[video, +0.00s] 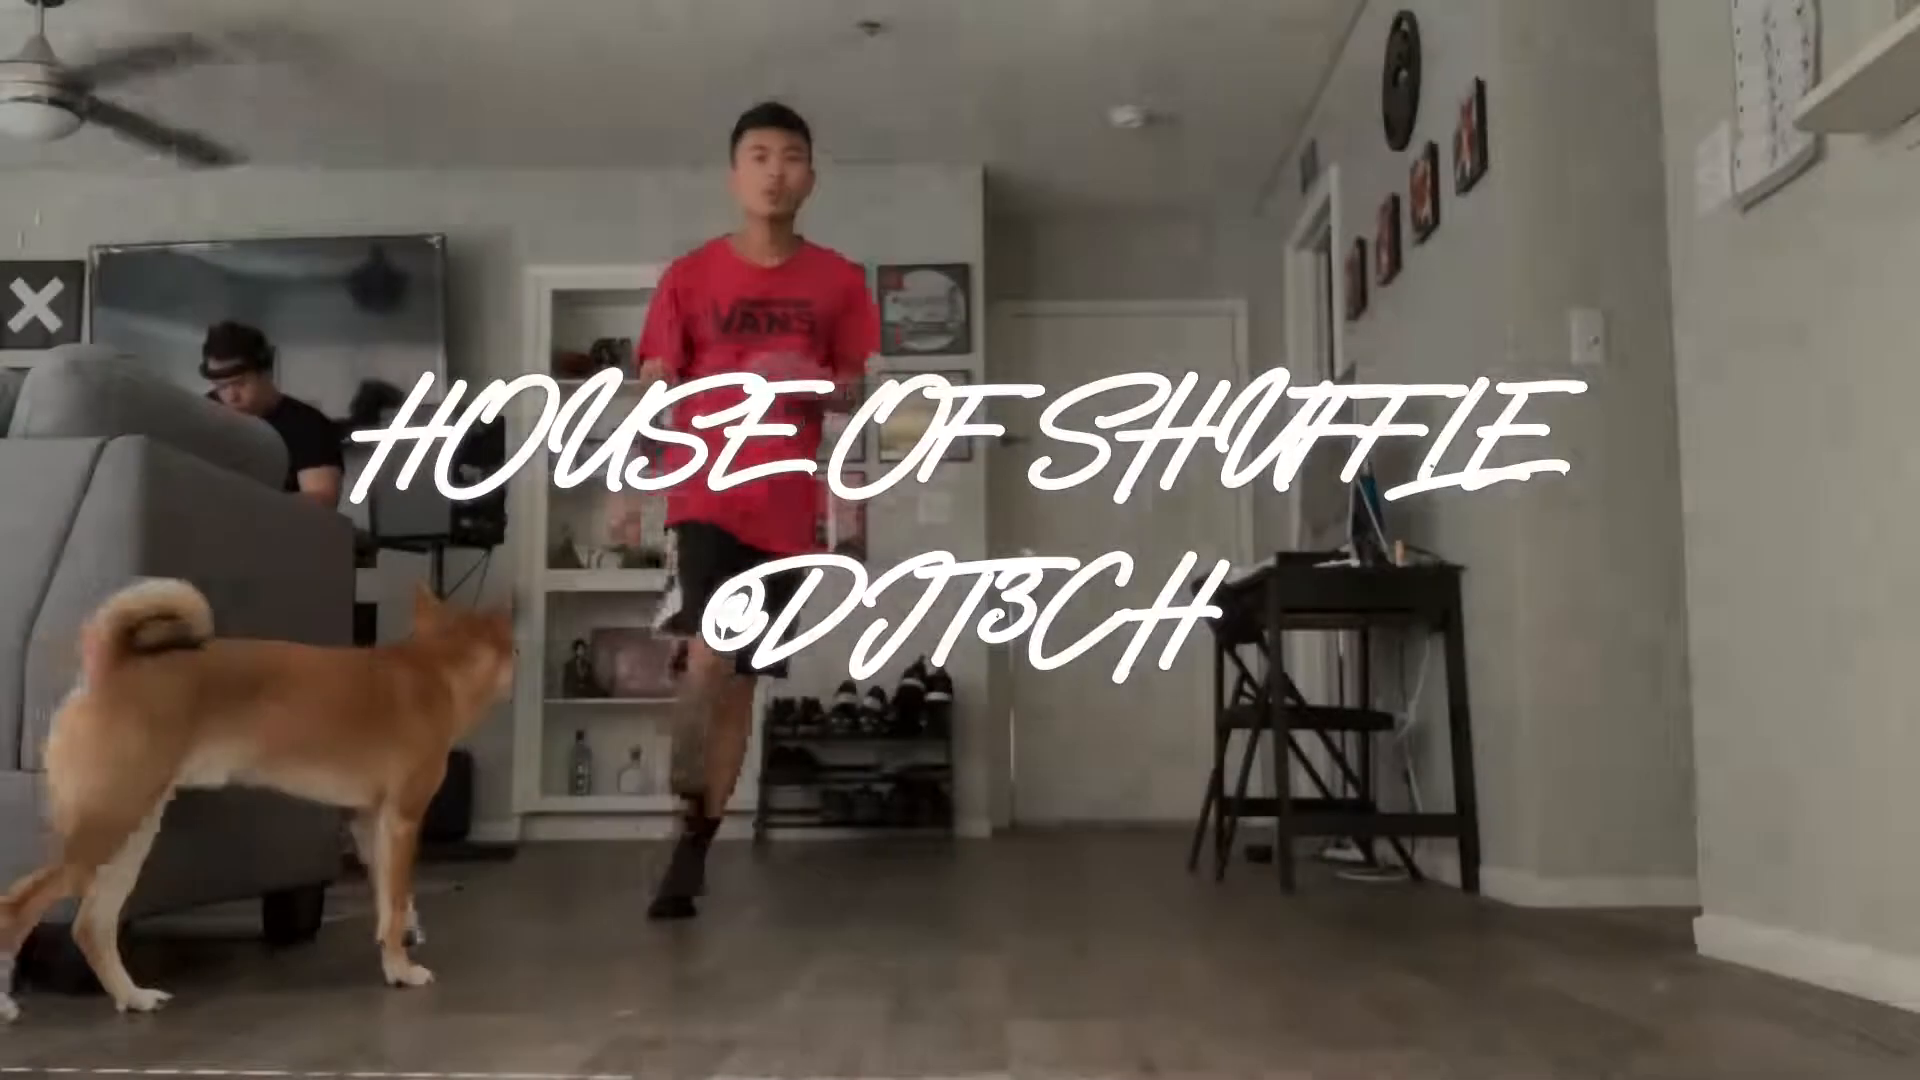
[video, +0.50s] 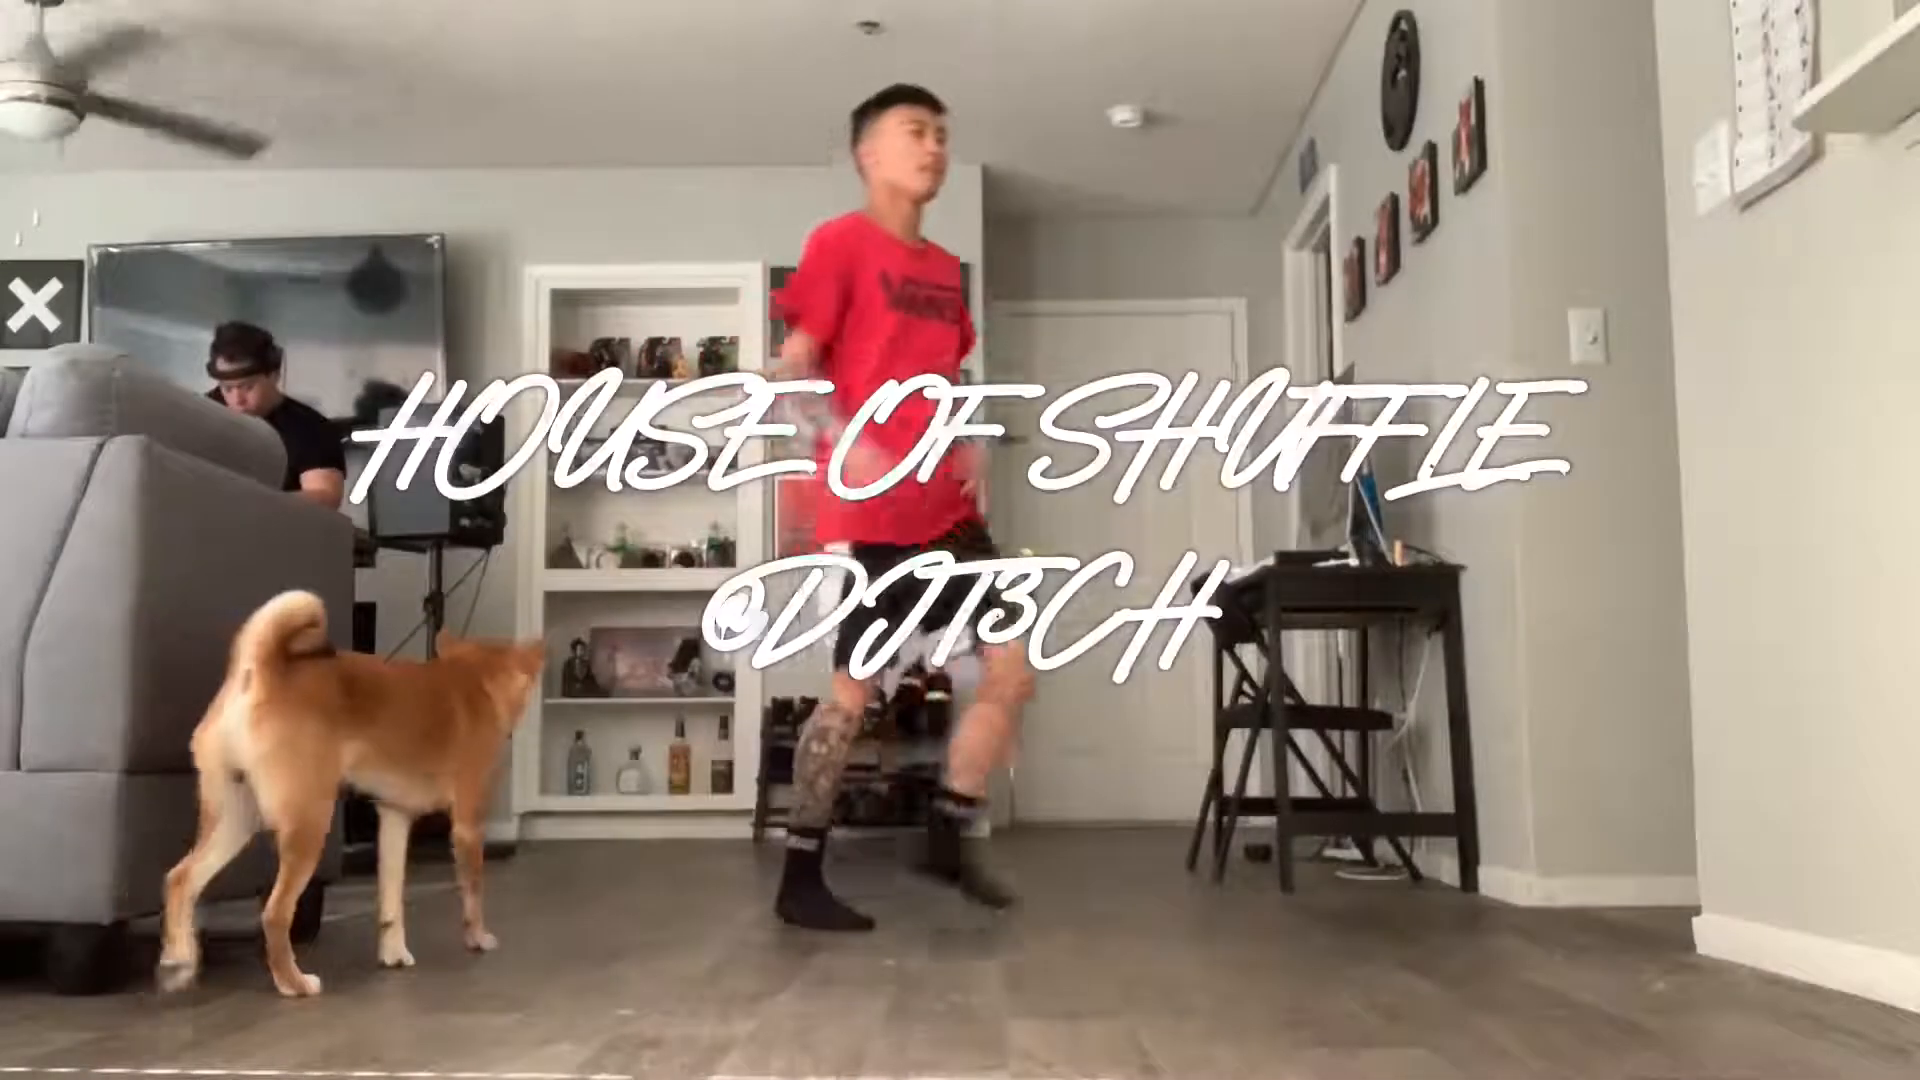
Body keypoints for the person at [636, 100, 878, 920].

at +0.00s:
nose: (776, 170)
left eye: (791, 158)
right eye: (760, 157)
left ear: (811, 177)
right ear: (732, 173)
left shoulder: (839, 281)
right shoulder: (688, 277)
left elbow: (862, 397)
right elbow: (652, 393)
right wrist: (628, 484)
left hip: (793, 503)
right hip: (705, 495)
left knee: (740, 682)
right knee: (709, 657)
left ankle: (695, 850)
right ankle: (691, 824)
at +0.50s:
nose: (935, 147)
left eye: (940, 136)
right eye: (916, 132)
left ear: (941, 162)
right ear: (864, 154)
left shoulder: (946, 267)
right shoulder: (841, 240)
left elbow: (953, 385)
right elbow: (792, 369)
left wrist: (969, 460)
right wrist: (841, 442)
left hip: (948, 516)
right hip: (868, 518)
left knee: (1010, 666)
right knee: (854, 690)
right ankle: (801, 875)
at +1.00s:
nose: (968, 119)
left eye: (977, 107)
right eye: (949, 105)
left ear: (985, 134)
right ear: (908, 129)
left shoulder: (983, 245)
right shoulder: (874, 215)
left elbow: (980, 370)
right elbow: (821, 333)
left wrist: (1007, 327)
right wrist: (902, 387)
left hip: (989, 490)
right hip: (912, 487)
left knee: (1026, 660)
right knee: (912, 661)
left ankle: (1016, 849)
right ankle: (822, 844)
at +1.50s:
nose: (845, 77)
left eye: (864, 66)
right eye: (830, 66)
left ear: (894, 98)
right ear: (809, 98)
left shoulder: (932, 204)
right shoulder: (769, 205)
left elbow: (957, 333)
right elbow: (736, 328)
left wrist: (907, 362)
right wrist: (781, 356)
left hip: (888, 469)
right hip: (789, 467)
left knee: (875, 656)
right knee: (788, 640)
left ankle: (858, 855)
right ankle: (813, 837)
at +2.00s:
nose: (789, 48)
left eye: (814, 37)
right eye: (779, 35)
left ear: (853, 73)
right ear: (760, 63)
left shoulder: (879, 191)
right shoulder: (708, 174)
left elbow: (902, 338)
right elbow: (662, 308)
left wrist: (871, 460)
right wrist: (691, 367)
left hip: (793, 437)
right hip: (693, 435)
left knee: (699, 621)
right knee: (694, 651)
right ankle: (765, 871)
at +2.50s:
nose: (903, 29)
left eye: (914, 16)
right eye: (879, 15)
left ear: (930, 42)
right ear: (833, 43)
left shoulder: (968, 163)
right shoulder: (798, 172)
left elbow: (997, 299)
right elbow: (773, 324)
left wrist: (952, 250)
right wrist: (786, 409)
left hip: (951, 434)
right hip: (842, 448)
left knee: (969, 617)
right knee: (830, 666)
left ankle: (995, 833)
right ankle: (812, 867)